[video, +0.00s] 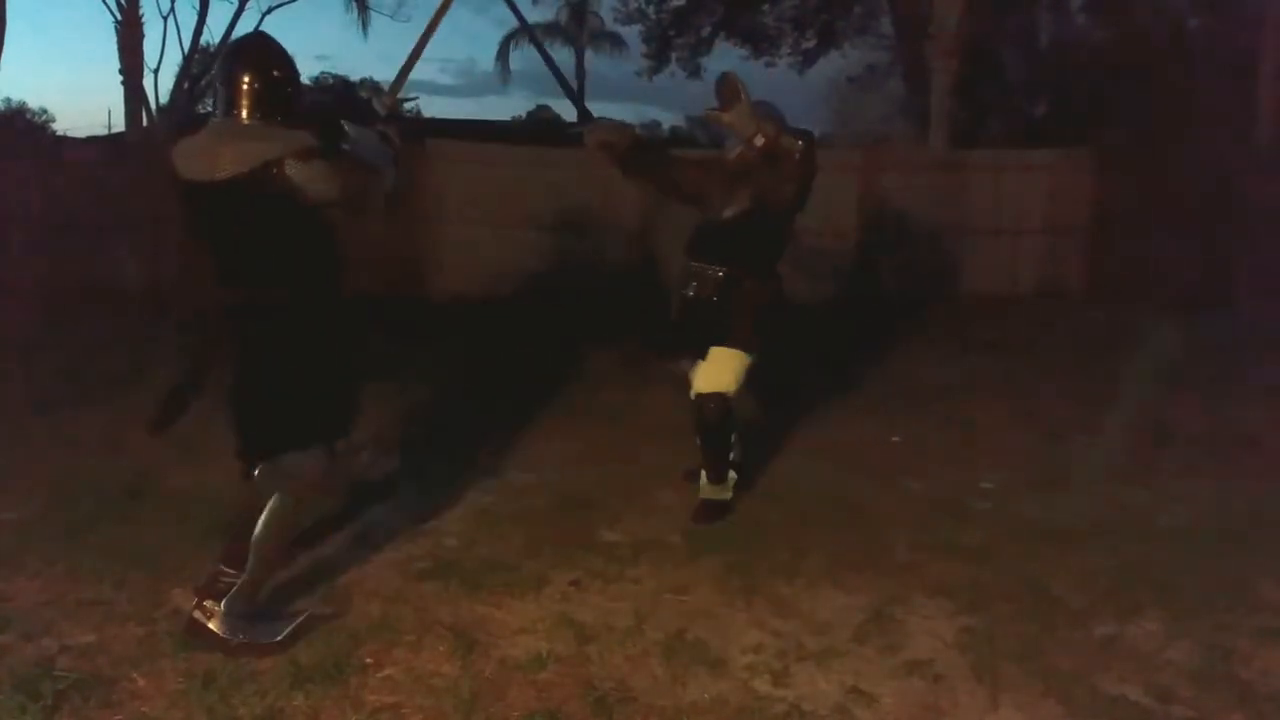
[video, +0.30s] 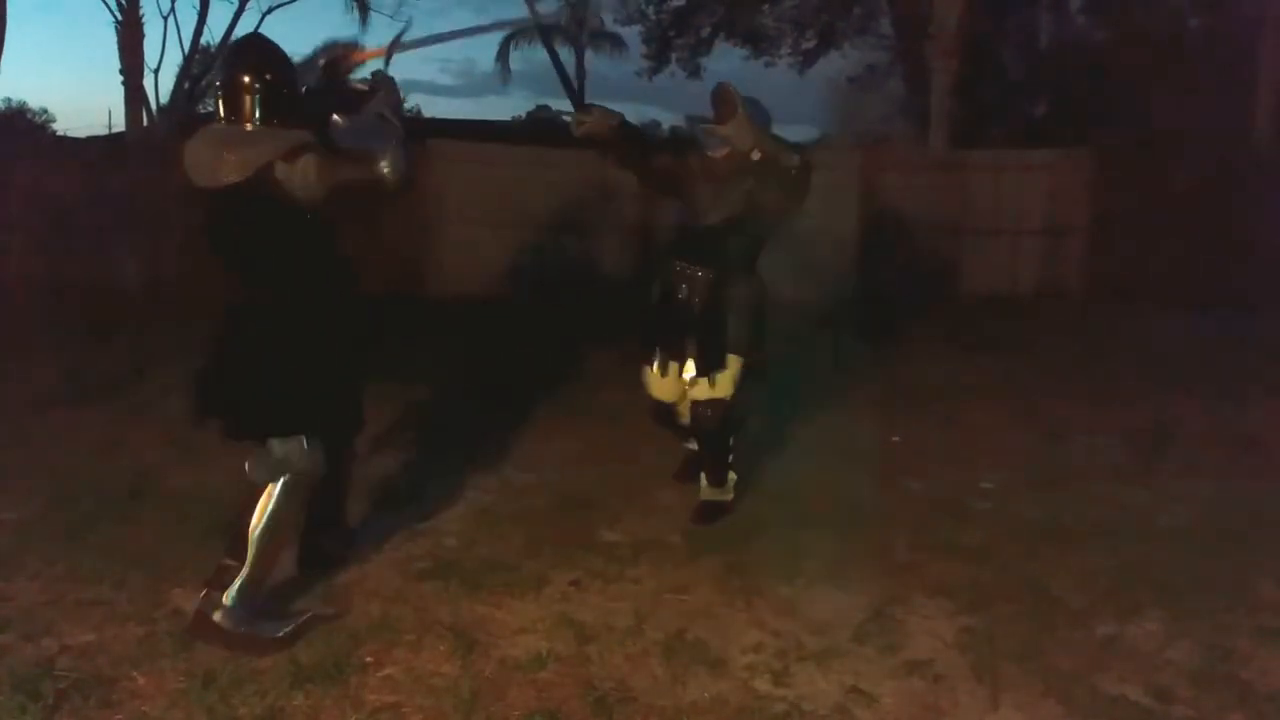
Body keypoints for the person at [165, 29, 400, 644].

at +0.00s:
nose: (295, 91)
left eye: (287, 81)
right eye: (290, 81)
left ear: (224, 86)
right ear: (280, 85)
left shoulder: (194, 159)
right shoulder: (289, 156)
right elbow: (361, 190)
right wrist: (381, 135)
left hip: (244, 325)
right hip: (297, 330)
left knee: (273, 463)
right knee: (306, 474)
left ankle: (225, 581)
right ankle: (237, 610)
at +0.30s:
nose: (281, 96)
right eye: (280, 85)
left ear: (223, 95)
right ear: (283, 92)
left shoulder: (205, 158)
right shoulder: (299, 165)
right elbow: (384, 161)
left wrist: (324, 78)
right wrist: (383, 107)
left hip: (242, 327)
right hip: (297, 331)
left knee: (266, 457)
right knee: (299, 462)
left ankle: (239, 567)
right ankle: (239, 604)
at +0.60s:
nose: (305, 94)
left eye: (301, 82)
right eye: (294, 82)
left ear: (252, 82)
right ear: (273, 83)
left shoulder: (231, 136)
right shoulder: (277, 155)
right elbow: (359, 163)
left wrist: (361, 64)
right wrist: (410, 92)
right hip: (268, 321)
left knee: (323, 426)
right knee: (272, 449)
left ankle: (324, 524)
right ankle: (219, 576)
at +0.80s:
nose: (317, 97)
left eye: (314, 84)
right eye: (306, 84)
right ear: (290, 85)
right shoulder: (264, 146)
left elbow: (333, 102)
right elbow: (390, 160)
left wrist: (380, 62)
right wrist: (464, 103)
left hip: (326, 310)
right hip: (279, 315)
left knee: (362, 411)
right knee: (280, 442)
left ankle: (371, 510)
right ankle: (220, 574)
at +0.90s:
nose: (328, 105)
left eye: (328, 94)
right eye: (317, 92)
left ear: (326, 102)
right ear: (293, 95)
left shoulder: (328, 152)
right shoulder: (263, 149)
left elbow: (346, 110)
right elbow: (401, 179)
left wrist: (386, 74)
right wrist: (462, 124)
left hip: (340, 322)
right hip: (287, 325)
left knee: (374, 426)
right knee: (295, 456)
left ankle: (397, 521)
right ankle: (224, 572)